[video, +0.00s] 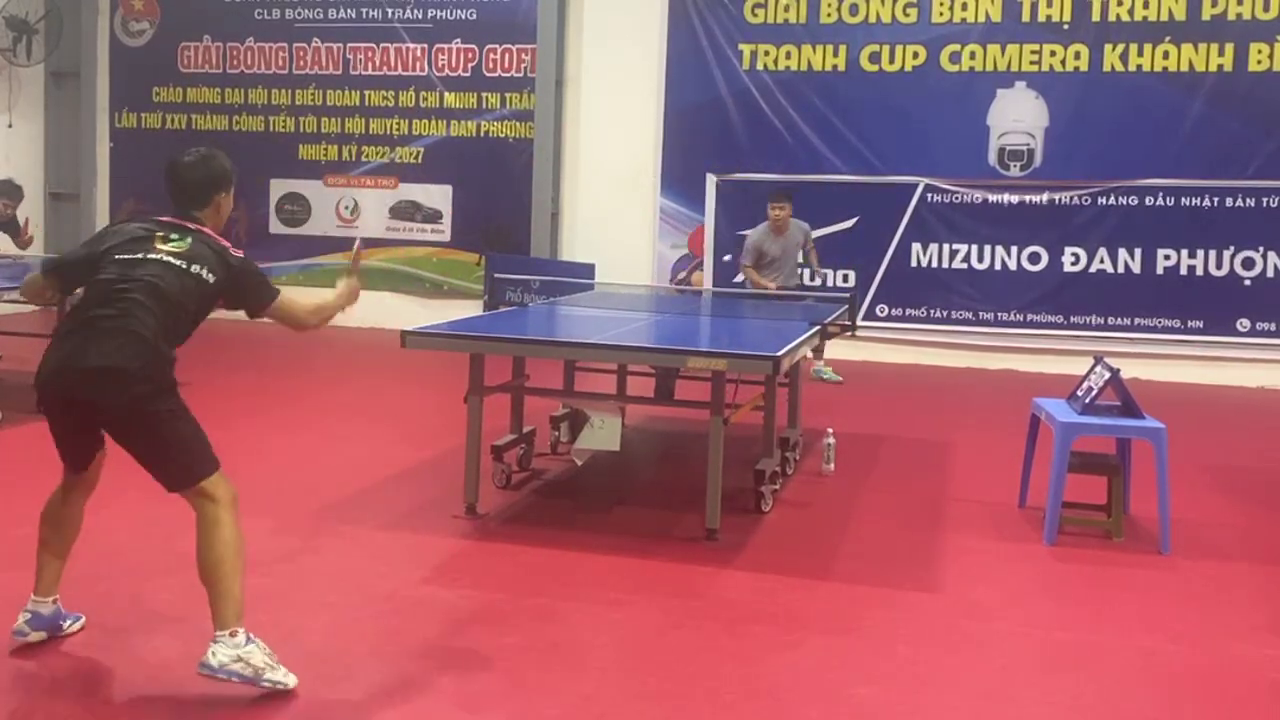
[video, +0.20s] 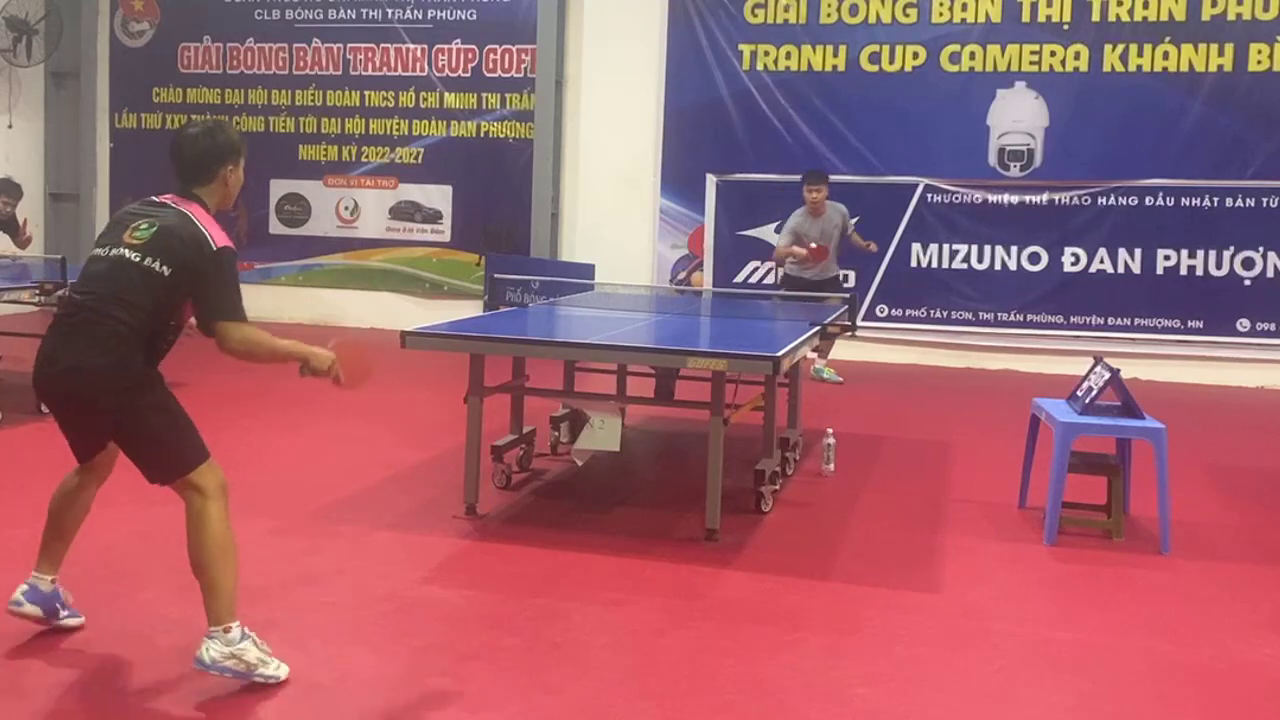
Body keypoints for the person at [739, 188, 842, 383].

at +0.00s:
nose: (777, 214)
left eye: (781, 209)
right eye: (773, 209)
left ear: (790, 210)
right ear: (767, 210)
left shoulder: (801, 229)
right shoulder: (756, 237)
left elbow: (809, 248)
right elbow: (746, 267)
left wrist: (815, 266)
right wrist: (765, 284)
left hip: (793, 291)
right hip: (763, 293)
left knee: (820, 317)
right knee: (759, 328)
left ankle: (818, 364)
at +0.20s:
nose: (814, 196)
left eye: (819, 191)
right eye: (810, 191)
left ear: (827, 192)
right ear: (803, 192)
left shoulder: (839, 212)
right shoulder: (796, 219)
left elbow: (850, 234)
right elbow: (779, 253)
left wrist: (864, 245)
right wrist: (795, 251)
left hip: (828, 279)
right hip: (796, 279)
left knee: (837, 320)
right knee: (786, 320)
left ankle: (820, 365)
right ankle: (791, 359)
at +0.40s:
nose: (833, 177)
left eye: (838, 172)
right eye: (828, 173)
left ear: (847, 175)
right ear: (823, 179)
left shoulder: (863, 196)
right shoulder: (819, 206)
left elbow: (887, 202)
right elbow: (799, 222)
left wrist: (908, 206)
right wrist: (787, 219)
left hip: (858, 270)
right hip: (826, 271)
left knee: (866, 310)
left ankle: (846, 351)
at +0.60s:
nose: (851, 200)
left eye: (856, 196)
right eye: (847, 196)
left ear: (865, 199)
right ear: (842, 201)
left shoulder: (881, 224)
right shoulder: (836, 230)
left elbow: (898, 248)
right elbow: (822, 256)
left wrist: (911, 274)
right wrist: (818, 257)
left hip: (874, 288)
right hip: (842, 288)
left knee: (886, 329)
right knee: (815, 318)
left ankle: (909, 374)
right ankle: (810, 365)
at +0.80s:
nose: (828, 196)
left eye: (833, 191)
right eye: (824, 191)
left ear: (842, 193)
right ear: (819, 195)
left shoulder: (860, 220)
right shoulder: (811, 225)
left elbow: (870, 246)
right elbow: (800, 251)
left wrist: (866, 265)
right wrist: (798, 262)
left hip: (854, 286)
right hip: (821, 286)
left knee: (873, 328)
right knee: (800, 321)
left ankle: (902, 373)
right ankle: (801, 365)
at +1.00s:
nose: (801, 181)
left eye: (805, 177)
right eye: (797, 178)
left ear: (814, 179)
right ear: (792, 182)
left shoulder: (832, 204)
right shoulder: (785, 210)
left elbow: (848, 230)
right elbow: (772, 236)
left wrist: (838, 244)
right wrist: (771, 252)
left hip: (830, 271)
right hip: (797, 269)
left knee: (841, 314)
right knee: (773, 301)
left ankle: (851, 361)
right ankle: (782, 353)